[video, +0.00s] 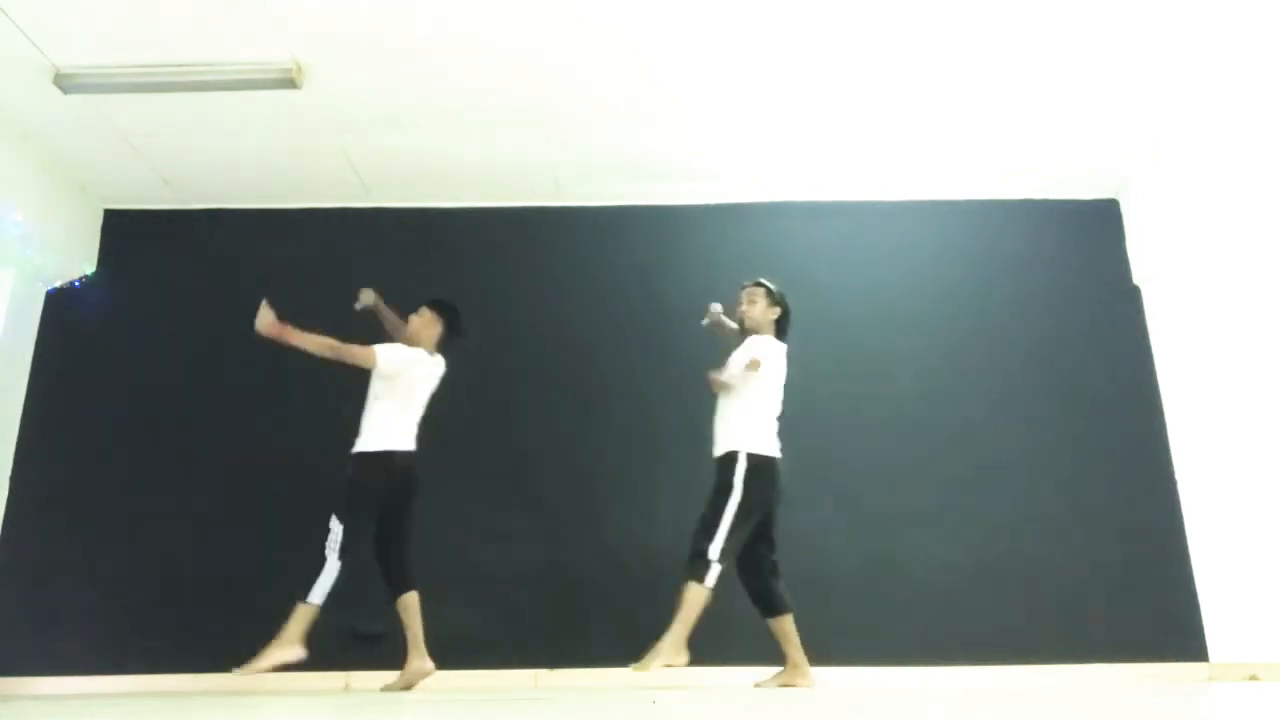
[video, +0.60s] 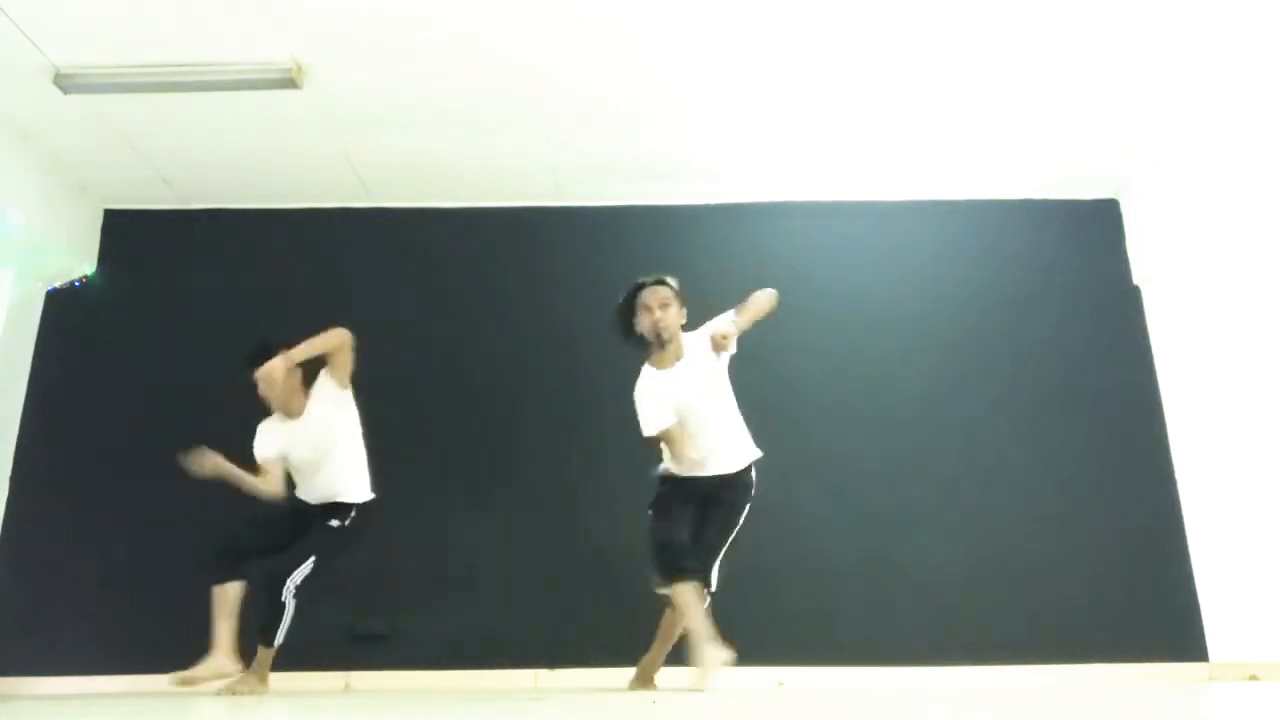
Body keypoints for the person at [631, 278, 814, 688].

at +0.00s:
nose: (742, 308)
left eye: (751, 301)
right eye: (741, 302)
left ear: (773, 312)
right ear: (743, 312)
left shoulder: (764, 346)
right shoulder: (756, 346)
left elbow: (744, 376)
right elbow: (739, 334)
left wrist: (721, 379)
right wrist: (719, 321)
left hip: (747, 461)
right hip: (751, 462)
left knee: (709, 551)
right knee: (757, 565)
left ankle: (673, 645)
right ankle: (797, 666)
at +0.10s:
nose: (726, 302)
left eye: (737, 295)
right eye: (725, 296)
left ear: (760, 306)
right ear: (726, 308)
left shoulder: (756, 345)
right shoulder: (734, 342)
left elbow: (775, 384)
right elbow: (722, 326)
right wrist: (702, 313)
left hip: (731, 460)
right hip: (716, 459)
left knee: (690, 548)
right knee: (741, 565)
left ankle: (660, 653)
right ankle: (797, 660)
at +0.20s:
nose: (706, 294)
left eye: (715, 287)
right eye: (703, 289)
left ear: (737, 298)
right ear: (701, 302)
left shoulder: (748, 338)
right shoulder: (700, 340)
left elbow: (785, 363)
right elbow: (674, 340)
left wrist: (825, 368)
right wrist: (671, 316)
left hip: (724, 455)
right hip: (691, 455)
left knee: (677, 548)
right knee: (687, 564)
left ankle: (651, 663)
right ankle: (757, 639)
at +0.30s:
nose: (677, 300)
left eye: (686, 292)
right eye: (673, 296)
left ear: (710, 299)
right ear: (671, 308)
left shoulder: (736, 340)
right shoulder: (671, 361)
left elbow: (789, 348)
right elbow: (613, 379)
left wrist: (815, 312)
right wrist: (616, 327)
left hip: (728, 461)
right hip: (682, 465)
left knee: (678, 555)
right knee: (642, 556)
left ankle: (654, 666)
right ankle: (633, 657)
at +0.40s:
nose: (656, 311)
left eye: (664, 302)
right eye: (648, 308)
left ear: (687, 305)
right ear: (646, 321)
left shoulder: (724, 341)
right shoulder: (651, 377)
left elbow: (780, 316)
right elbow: (604, 413)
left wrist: (754, 286)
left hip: (737, 471)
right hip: (687, 477)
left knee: (687, 562)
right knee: (619, 557)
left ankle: (654, 669)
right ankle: (566, 653)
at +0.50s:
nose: (649, 318)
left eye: (656, 308)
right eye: (640, 315)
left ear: (676, 313)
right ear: (635, 328)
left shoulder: (713, 344)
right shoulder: (644, 386)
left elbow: (764, 297)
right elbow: (646, 442)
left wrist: (725, 311)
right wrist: (591, 446)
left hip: (736, 473)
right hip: (684, 478)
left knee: (693, 564)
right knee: (630, 553)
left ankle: (657, 665)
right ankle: (605, 650)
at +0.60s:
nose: (658, 316)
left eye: (665, 305)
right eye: (646, 310)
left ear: (682, 312)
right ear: (636, 325)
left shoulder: (709, 339)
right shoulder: (648, 386)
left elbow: (768, 296)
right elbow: (677, 453)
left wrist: (735, 325)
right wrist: (670, 423)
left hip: (733, 474)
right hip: (681, 478)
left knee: (696, 574)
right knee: (670, 551)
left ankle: (650, 664)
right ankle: (709, 647)